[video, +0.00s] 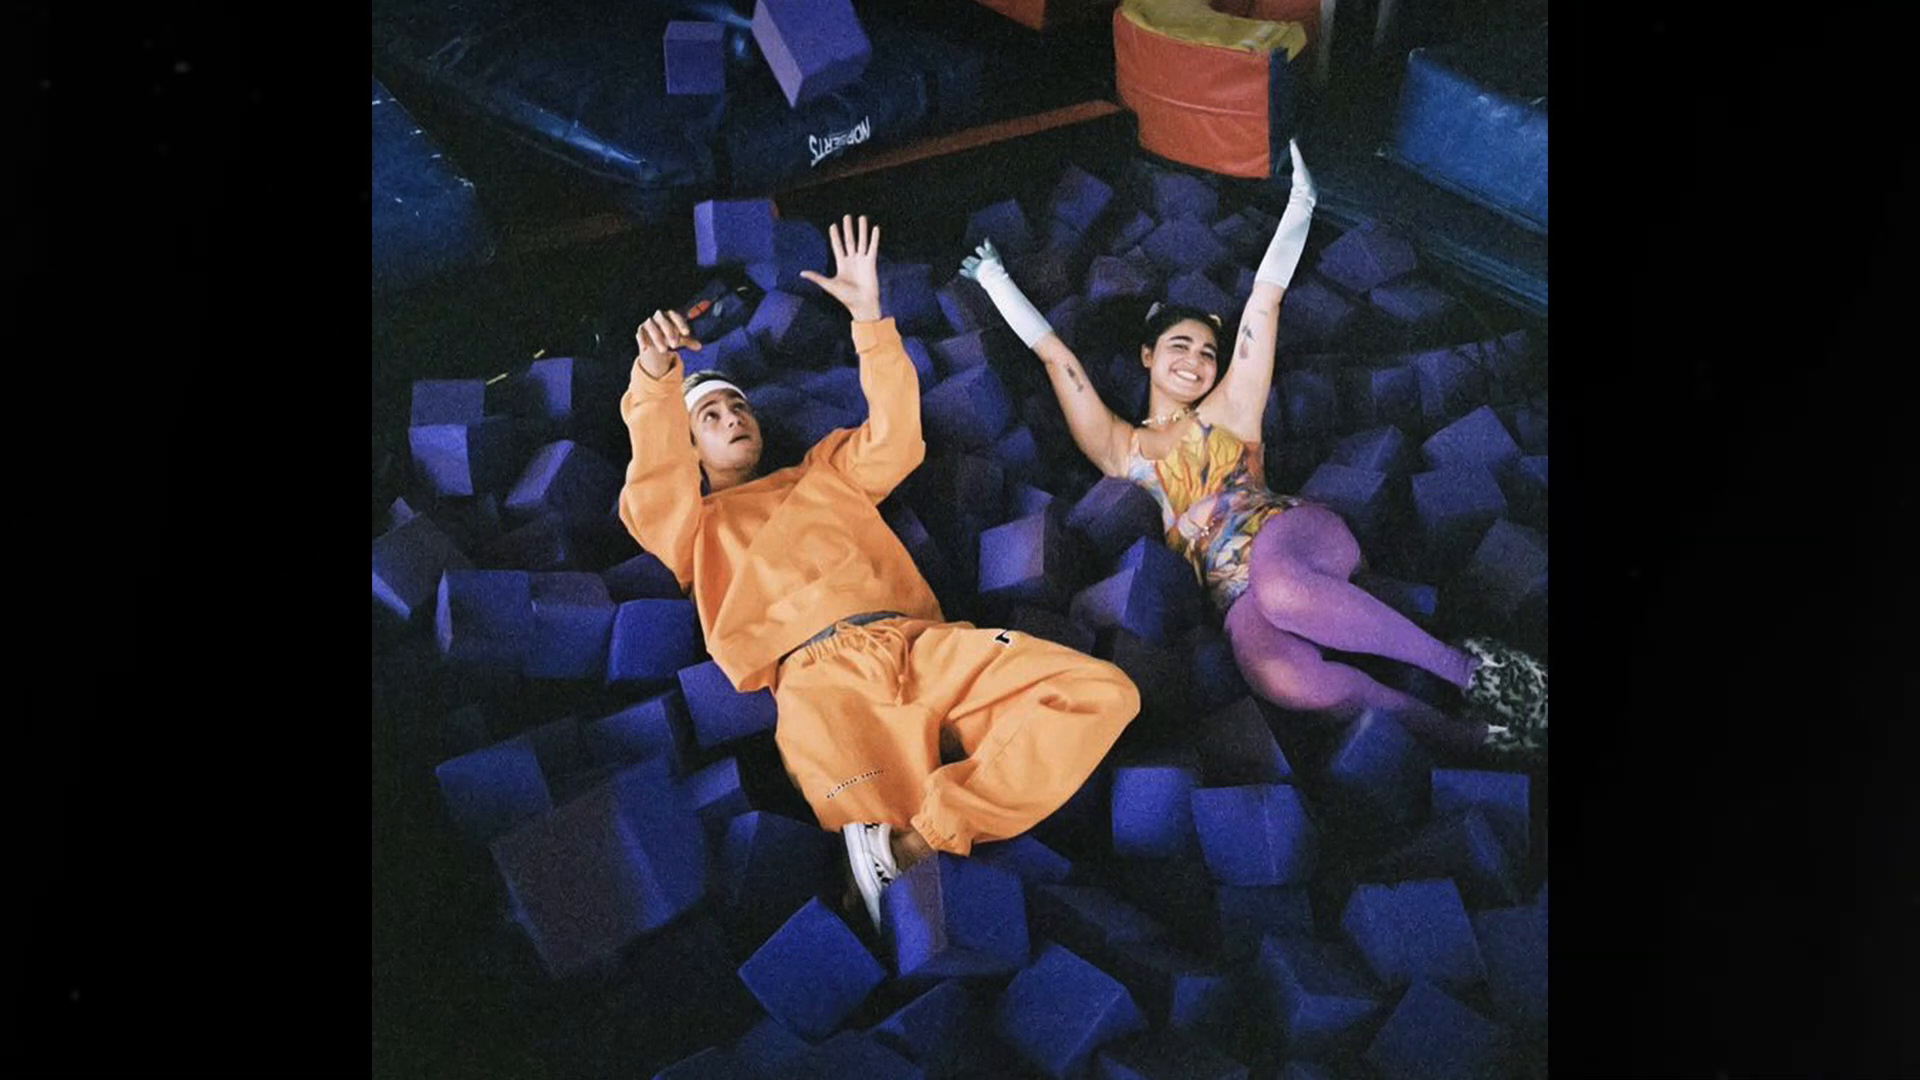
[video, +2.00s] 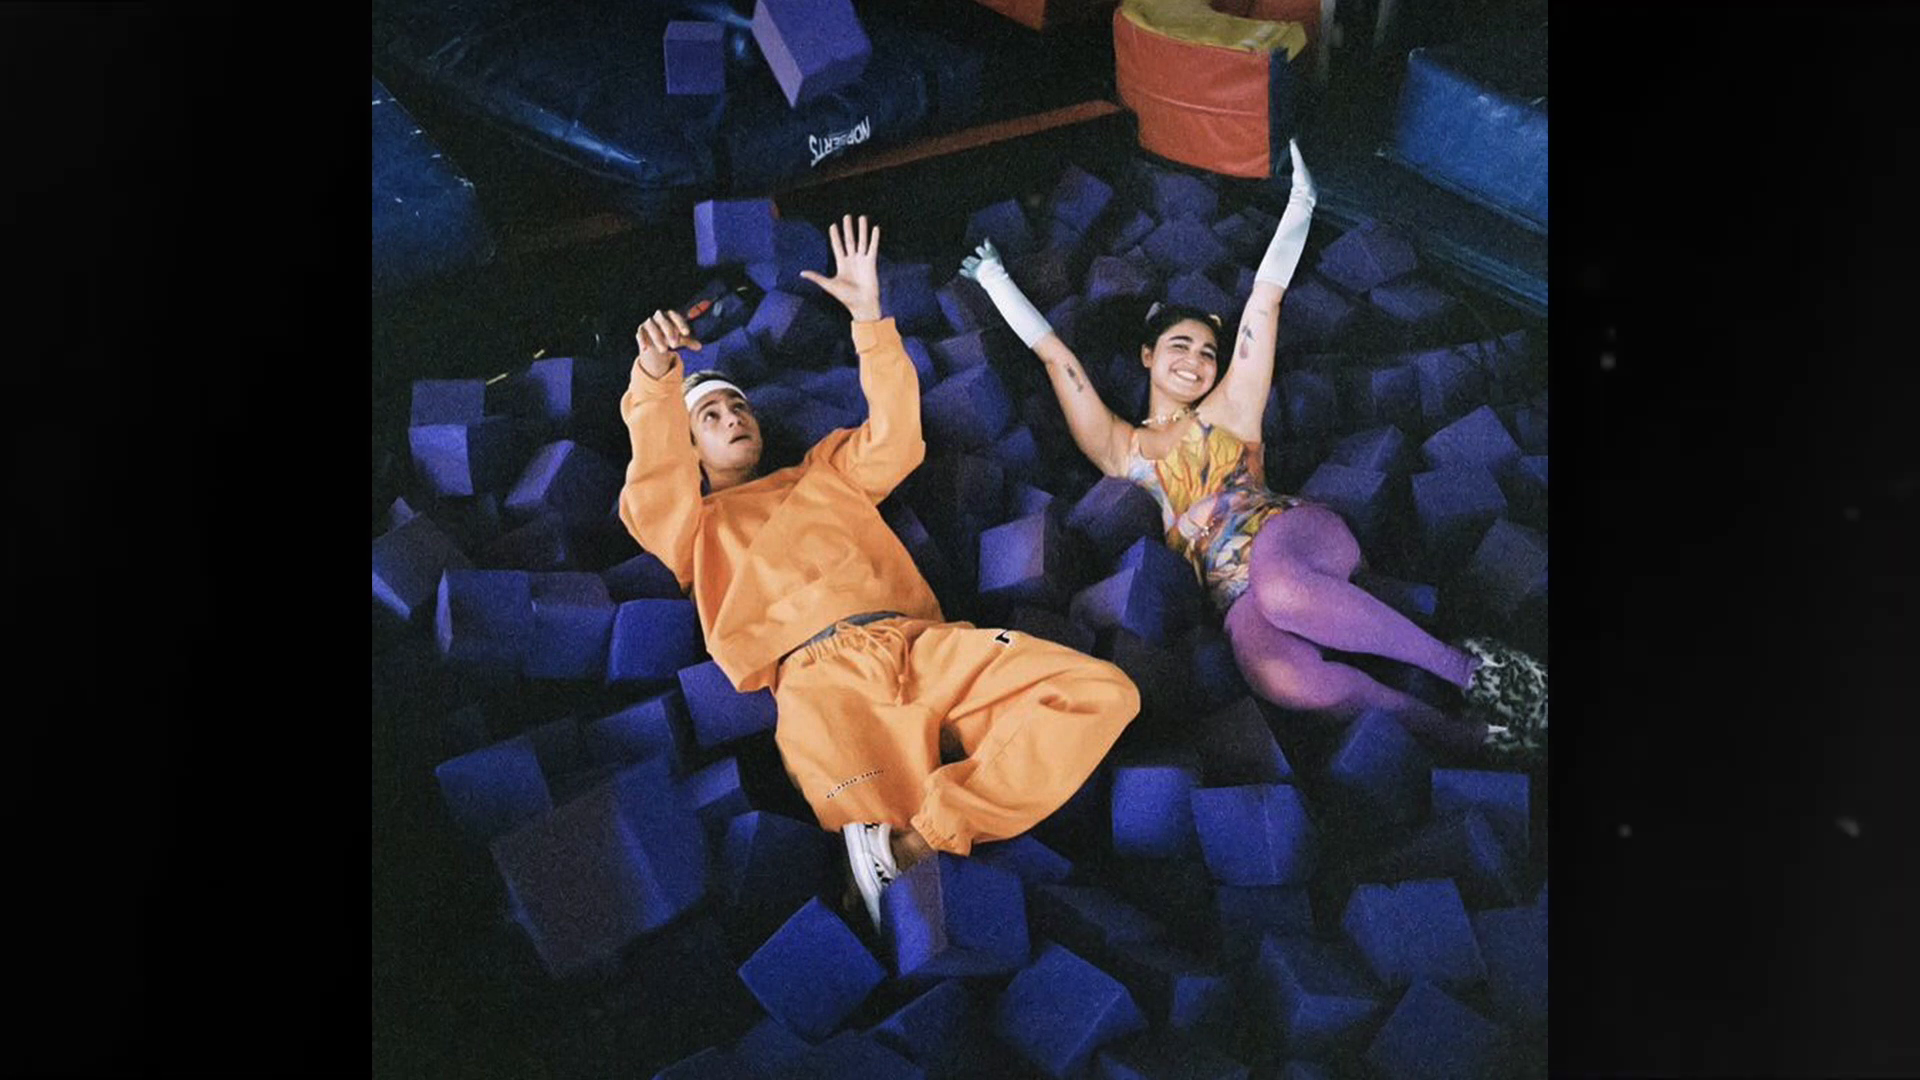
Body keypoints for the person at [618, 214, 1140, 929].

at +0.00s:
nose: (730, 418)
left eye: (738, 407)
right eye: (709, 415)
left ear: (761, 426)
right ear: (688, 448)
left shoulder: (827, 468)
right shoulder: (695, 525)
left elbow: (895, 435)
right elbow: (654, 477)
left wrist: (868, 317)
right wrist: (655, 373)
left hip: (918, 640)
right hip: (819, 673)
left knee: (1094, 692)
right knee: (880, 827)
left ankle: (917, 841)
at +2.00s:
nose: (731, 418)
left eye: (738, 407)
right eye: (709, 415)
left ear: (760, 425)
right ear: (688, 449)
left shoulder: (827, 468)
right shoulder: (696, 525)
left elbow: (895, 436)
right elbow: (655, 477)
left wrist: (868, 317)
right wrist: (655, 373)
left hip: (918, 641)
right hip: (820, 673)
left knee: (1094, 692)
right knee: (883, 832)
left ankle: (916, 841)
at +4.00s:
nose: (731, 418)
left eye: (738, 406)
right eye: (709, 415)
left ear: (759, 424)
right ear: (687, 448)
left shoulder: (827, 468)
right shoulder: (695, 524)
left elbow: (895, 436)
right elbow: (654, 476)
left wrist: (868, 317)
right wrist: (655, 372)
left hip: (918, 640)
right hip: (820, 672)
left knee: (1094, 692)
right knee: (880, 828)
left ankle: (918, 840)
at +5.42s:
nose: (731, 418)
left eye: (738, 407)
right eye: (709, 415)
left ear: (760, 425)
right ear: (688, 448)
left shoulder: (827, 468)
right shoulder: (695, 525)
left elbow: (895, 436)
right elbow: (655, 476)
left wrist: (868, 317)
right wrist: (655, 373)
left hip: (917, 640)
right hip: (820, 672)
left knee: (1094, 692)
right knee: (881, 828)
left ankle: (917, 840)